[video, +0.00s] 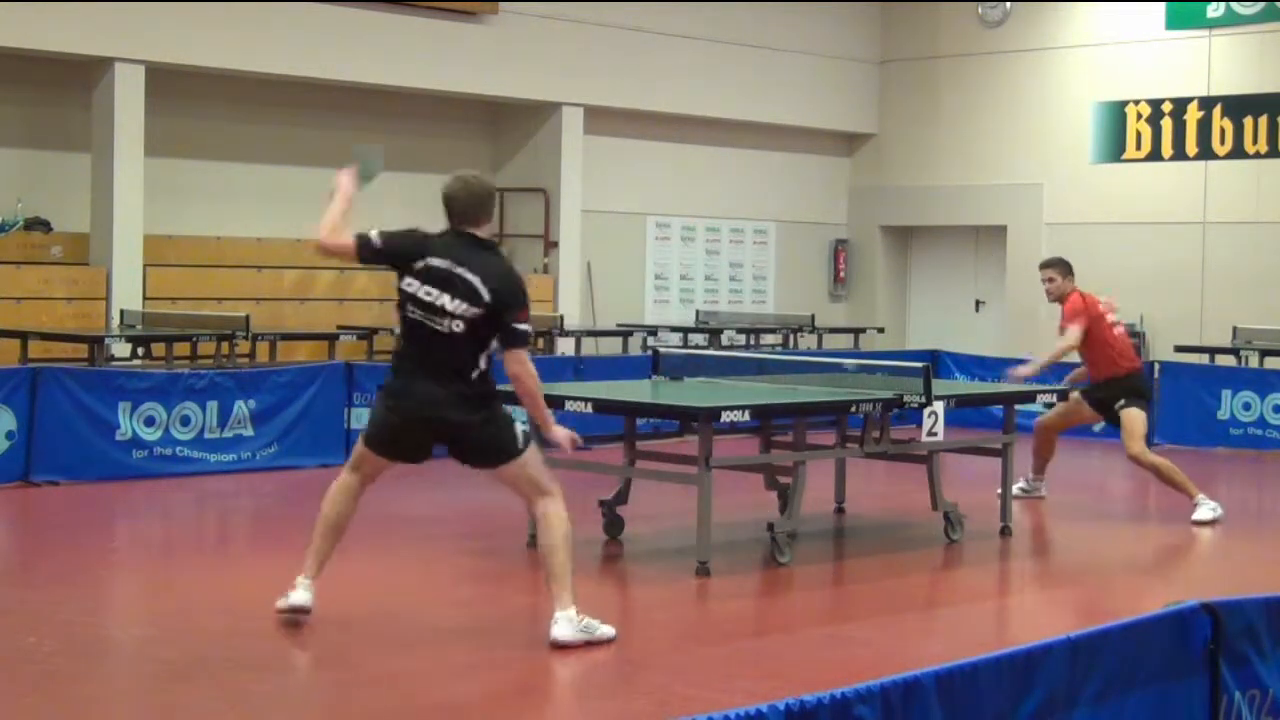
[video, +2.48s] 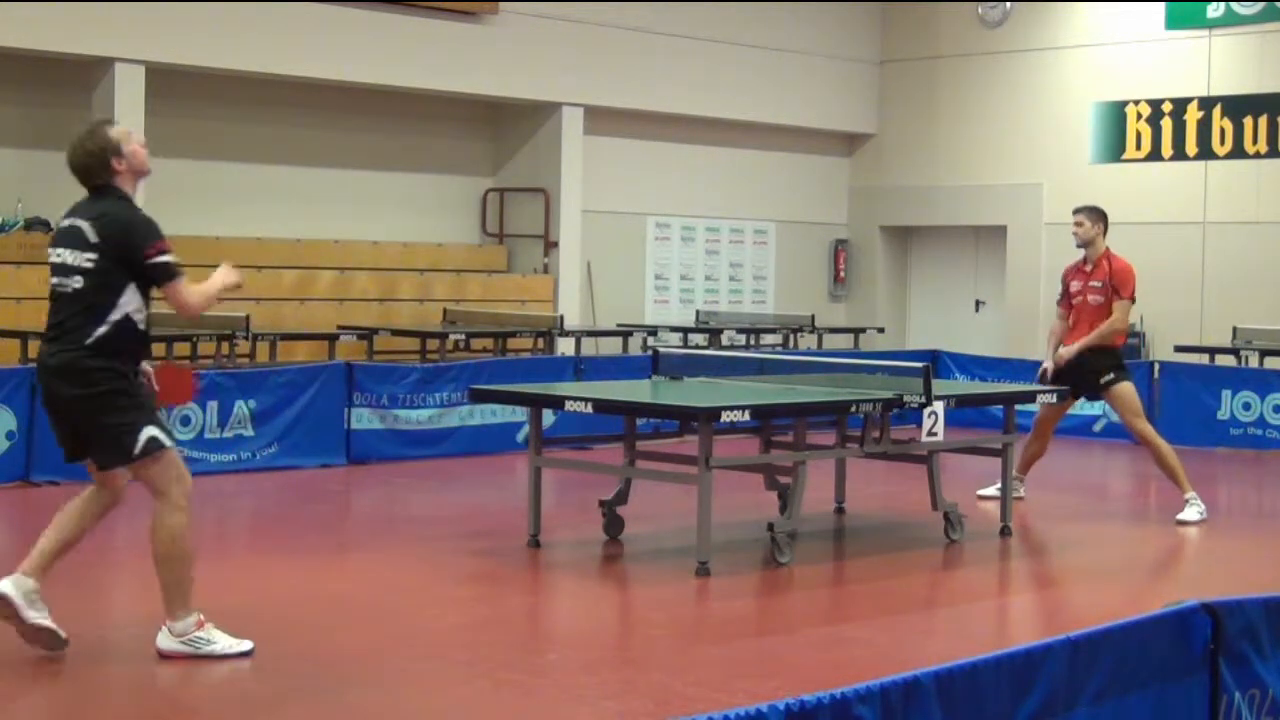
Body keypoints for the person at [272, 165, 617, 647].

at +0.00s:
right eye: (493, 209)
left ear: (448, 212)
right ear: (494, 214)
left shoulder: (417, 246)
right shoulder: (505, 279)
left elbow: (330, 242)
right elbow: (518, 366)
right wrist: (549, 425)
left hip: (405, 398)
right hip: (469, 408)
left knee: (355, 476)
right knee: (545, 494)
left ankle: (304, 584)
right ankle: (566, 615)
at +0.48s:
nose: (352, 223)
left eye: (348, 216)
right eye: (350, 217)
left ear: (299, 224)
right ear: (343, 222)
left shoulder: (265, 263)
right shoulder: (363, 270)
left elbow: (210, 340)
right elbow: (413, 352)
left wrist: (235, 369)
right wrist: (428, 401)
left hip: (250, 391)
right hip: (315, 399)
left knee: (217, 487)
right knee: (374, 514)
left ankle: (141, 587)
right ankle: (345, 638)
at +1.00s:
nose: (276, 229)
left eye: (276, 218)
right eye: (273, 218)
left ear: (224, 215)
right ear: (254, 216)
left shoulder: (187, 251)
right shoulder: (238, 244)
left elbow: (234, 339)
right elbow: (312, 298)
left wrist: (283, 359)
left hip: (128, 374)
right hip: (188, 373)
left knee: (134, 492)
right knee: (253, 489)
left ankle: (86, 613)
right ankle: (289, 622)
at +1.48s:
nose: (235, 186)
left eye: (231, 178)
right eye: (230, 179)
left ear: (183, 186)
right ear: (216, 186)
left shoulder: (146, 231)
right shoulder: (221, 241)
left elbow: (113, 304)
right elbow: (269, 315)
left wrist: (162, 322)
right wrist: (329, 359)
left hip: (116, 368)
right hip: (174, 377)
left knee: (116, 473)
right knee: (208, 496)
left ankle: (71, 590)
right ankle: (198, 630)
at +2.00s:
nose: (199, 219)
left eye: (195, 210)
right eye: (194, 211)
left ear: (146, 221)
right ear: (180, 219)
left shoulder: (110, 261)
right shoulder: (184, 268)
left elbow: (78, 334)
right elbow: (227, 353)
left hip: (68, 395)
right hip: (122, 400)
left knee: (96, 477)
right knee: (222, 486)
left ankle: (47, 592)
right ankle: (187, 617)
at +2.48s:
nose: (143, 146)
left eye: (136, 140)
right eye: (134, 143)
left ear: (104, 168)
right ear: (119, 163)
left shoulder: (74, 218)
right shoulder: (130, 223)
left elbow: (87, 304)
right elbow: (188, 303)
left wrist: (131, 362)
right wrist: (219, 282)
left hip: (61, 372)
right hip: (99, 376)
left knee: (109, 486)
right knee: (174, 484)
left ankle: (24, 581)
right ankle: (182, 624)